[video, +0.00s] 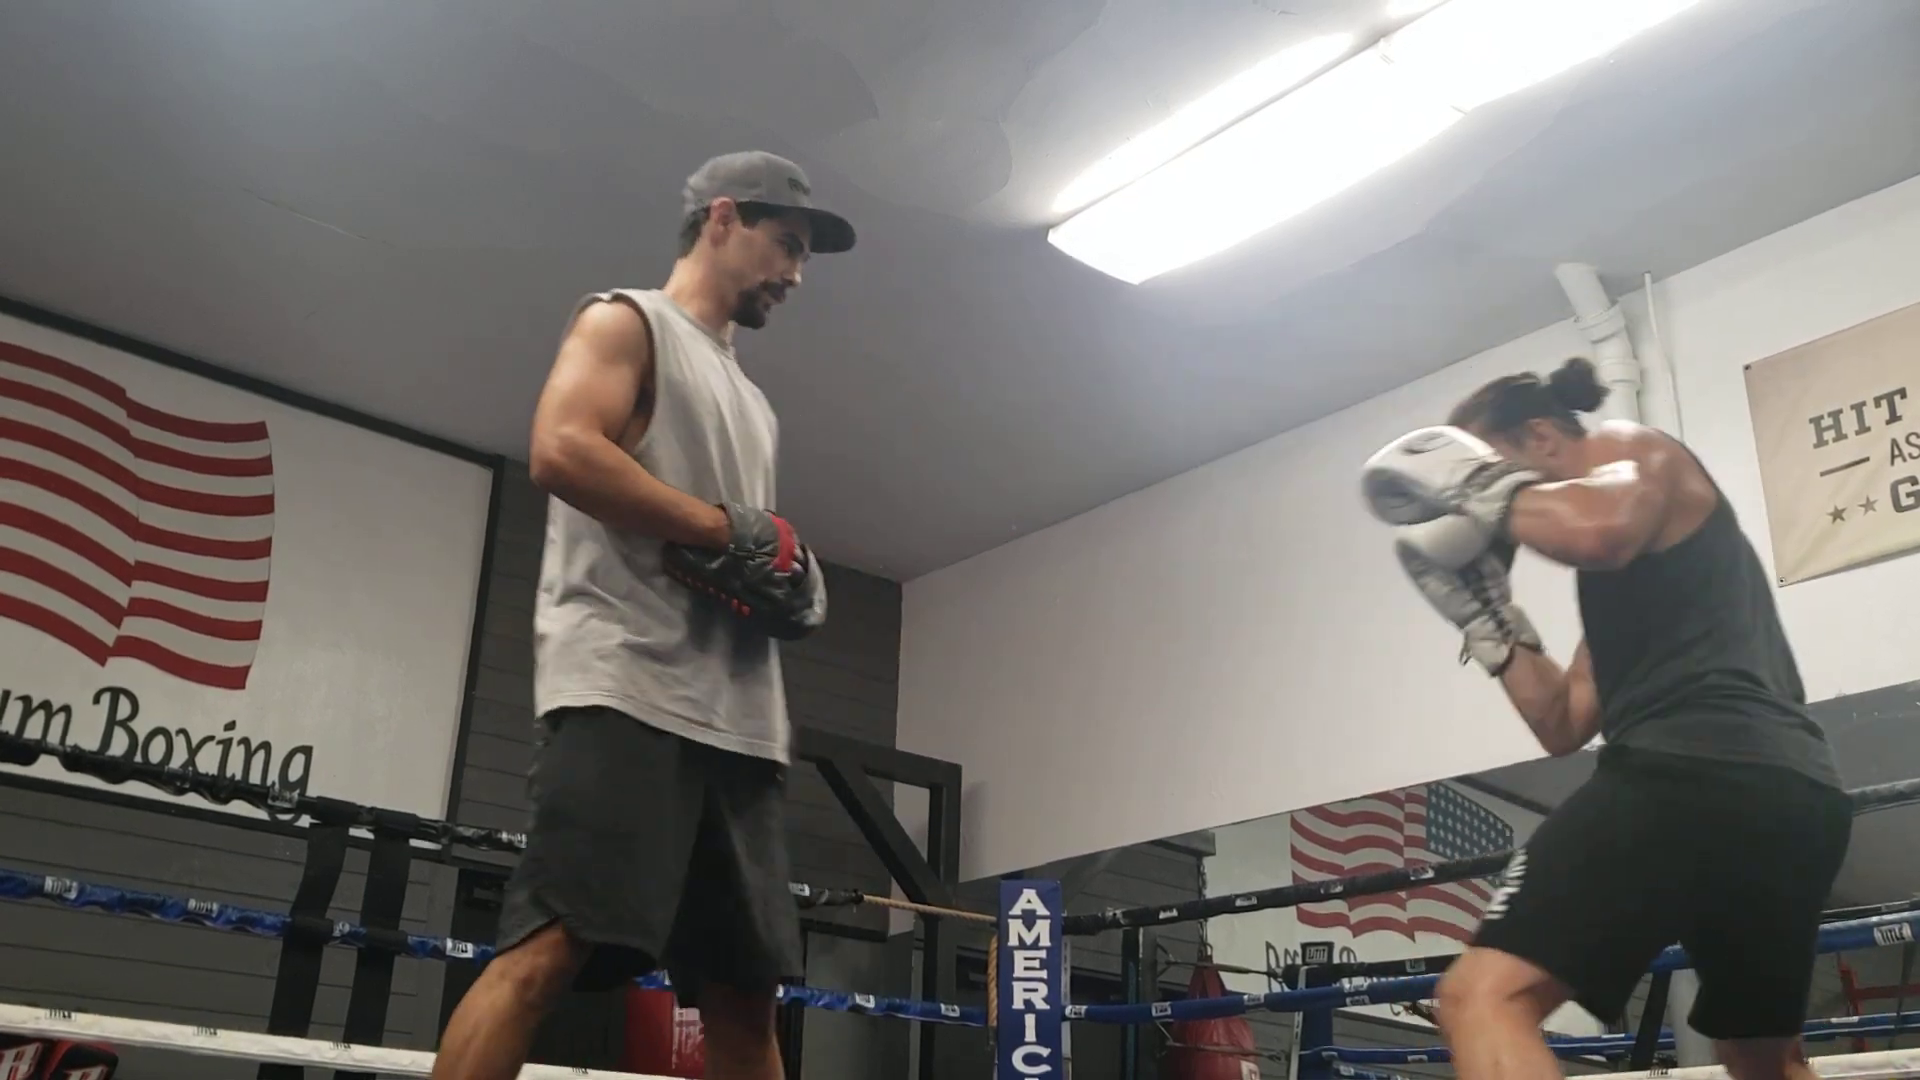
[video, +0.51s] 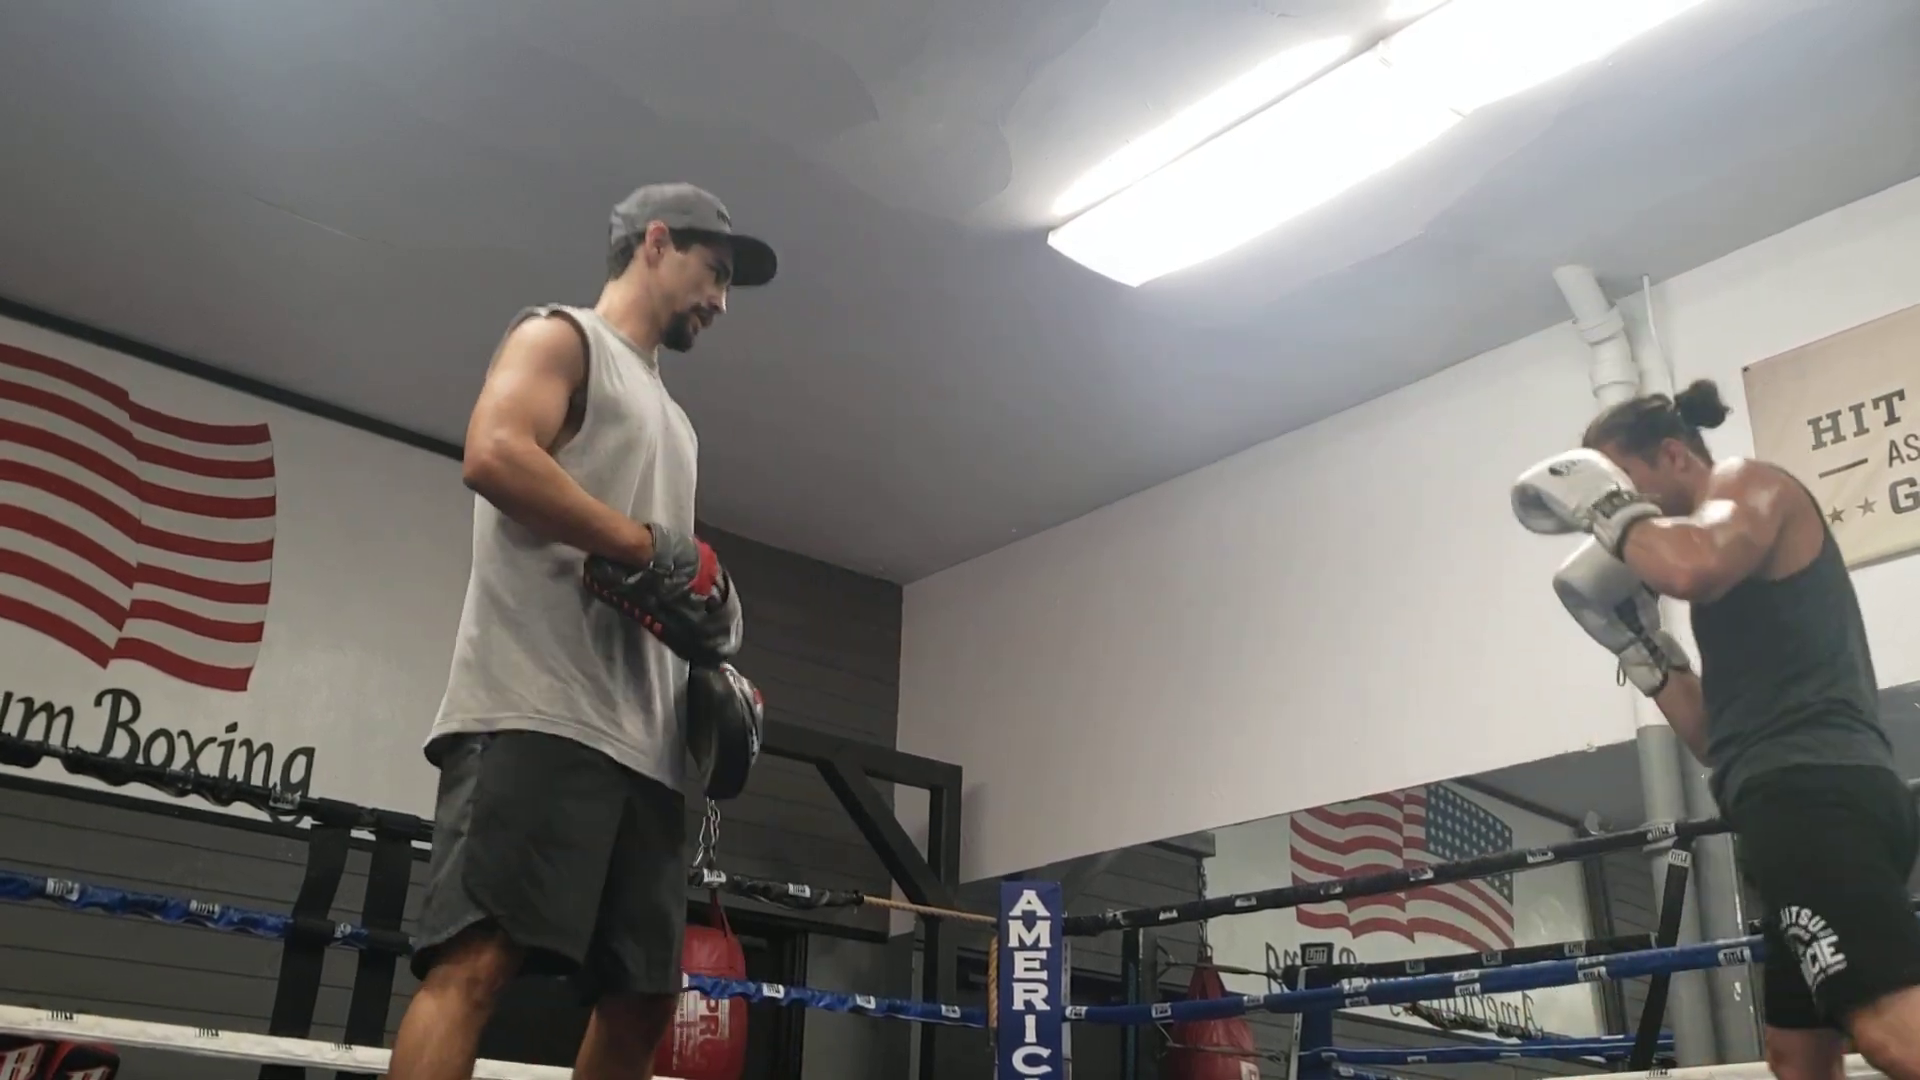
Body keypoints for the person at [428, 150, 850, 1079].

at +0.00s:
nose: (796, 273)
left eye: (805, 256)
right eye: (786, 242)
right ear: (720, 217)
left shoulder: (753, 407)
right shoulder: (623, 320)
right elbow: (562, 450)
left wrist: (789, 583)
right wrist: (735, 532)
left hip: (737, 717)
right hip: (620, 693)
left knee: (745, 994)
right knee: (547, 950)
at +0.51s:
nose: (721, 300)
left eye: (730, 285)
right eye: (714, 269)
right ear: (654, 242)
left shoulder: (673, 422)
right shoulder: (557, 335)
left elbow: (663, 573)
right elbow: (496, 454)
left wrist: (713, 668)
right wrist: (652, 550)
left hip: (642, 736)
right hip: (534, 704)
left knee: (640, 1000)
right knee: (474, 962)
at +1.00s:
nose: (791, 432)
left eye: (798, 415)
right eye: (788, 405)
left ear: (743, 389)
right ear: (741, 379)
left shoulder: (697, 497)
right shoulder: (673, 420)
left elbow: (665, 656)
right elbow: (607, 497)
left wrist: (692, 793)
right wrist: (682, 639)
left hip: (633, 757)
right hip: (579, 731)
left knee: (613, 1005)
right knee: (554, 967)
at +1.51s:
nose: (760, 387)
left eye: (768, 370)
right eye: (758, 359)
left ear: (707, 345)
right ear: (711, 335)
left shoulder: (684, 460)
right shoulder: (644, 402)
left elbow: (664, 611)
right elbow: (595, 510)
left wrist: (720, 716)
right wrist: (688, 643)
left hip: (644, 749)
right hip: (587, 723)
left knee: (609, 1012)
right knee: (562, 969)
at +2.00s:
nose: (713, 268)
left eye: (723, 248)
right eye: (713, 235)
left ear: (657, 215)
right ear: (667, 203)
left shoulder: (650, 358)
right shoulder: (570, 292)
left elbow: (645, 521)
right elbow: (535, 426)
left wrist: (730, 596)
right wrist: (684, 556)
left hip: (672, 703)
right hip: (569, 684)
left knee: (729, 956)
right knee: (514, 962)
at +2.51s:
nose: (888, 231)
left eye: (895, 211)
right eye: (892, 198)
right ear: (858, 161)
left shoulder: (823, 318)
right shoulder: (748, 210)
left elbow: (818, 479)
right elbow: (717, 336)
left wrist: (913, 554)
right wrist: (862, 483)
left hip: (847, 658)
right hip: (727, 630)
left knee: (885, 938)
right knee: (636, 936)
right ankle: (520, 1075)